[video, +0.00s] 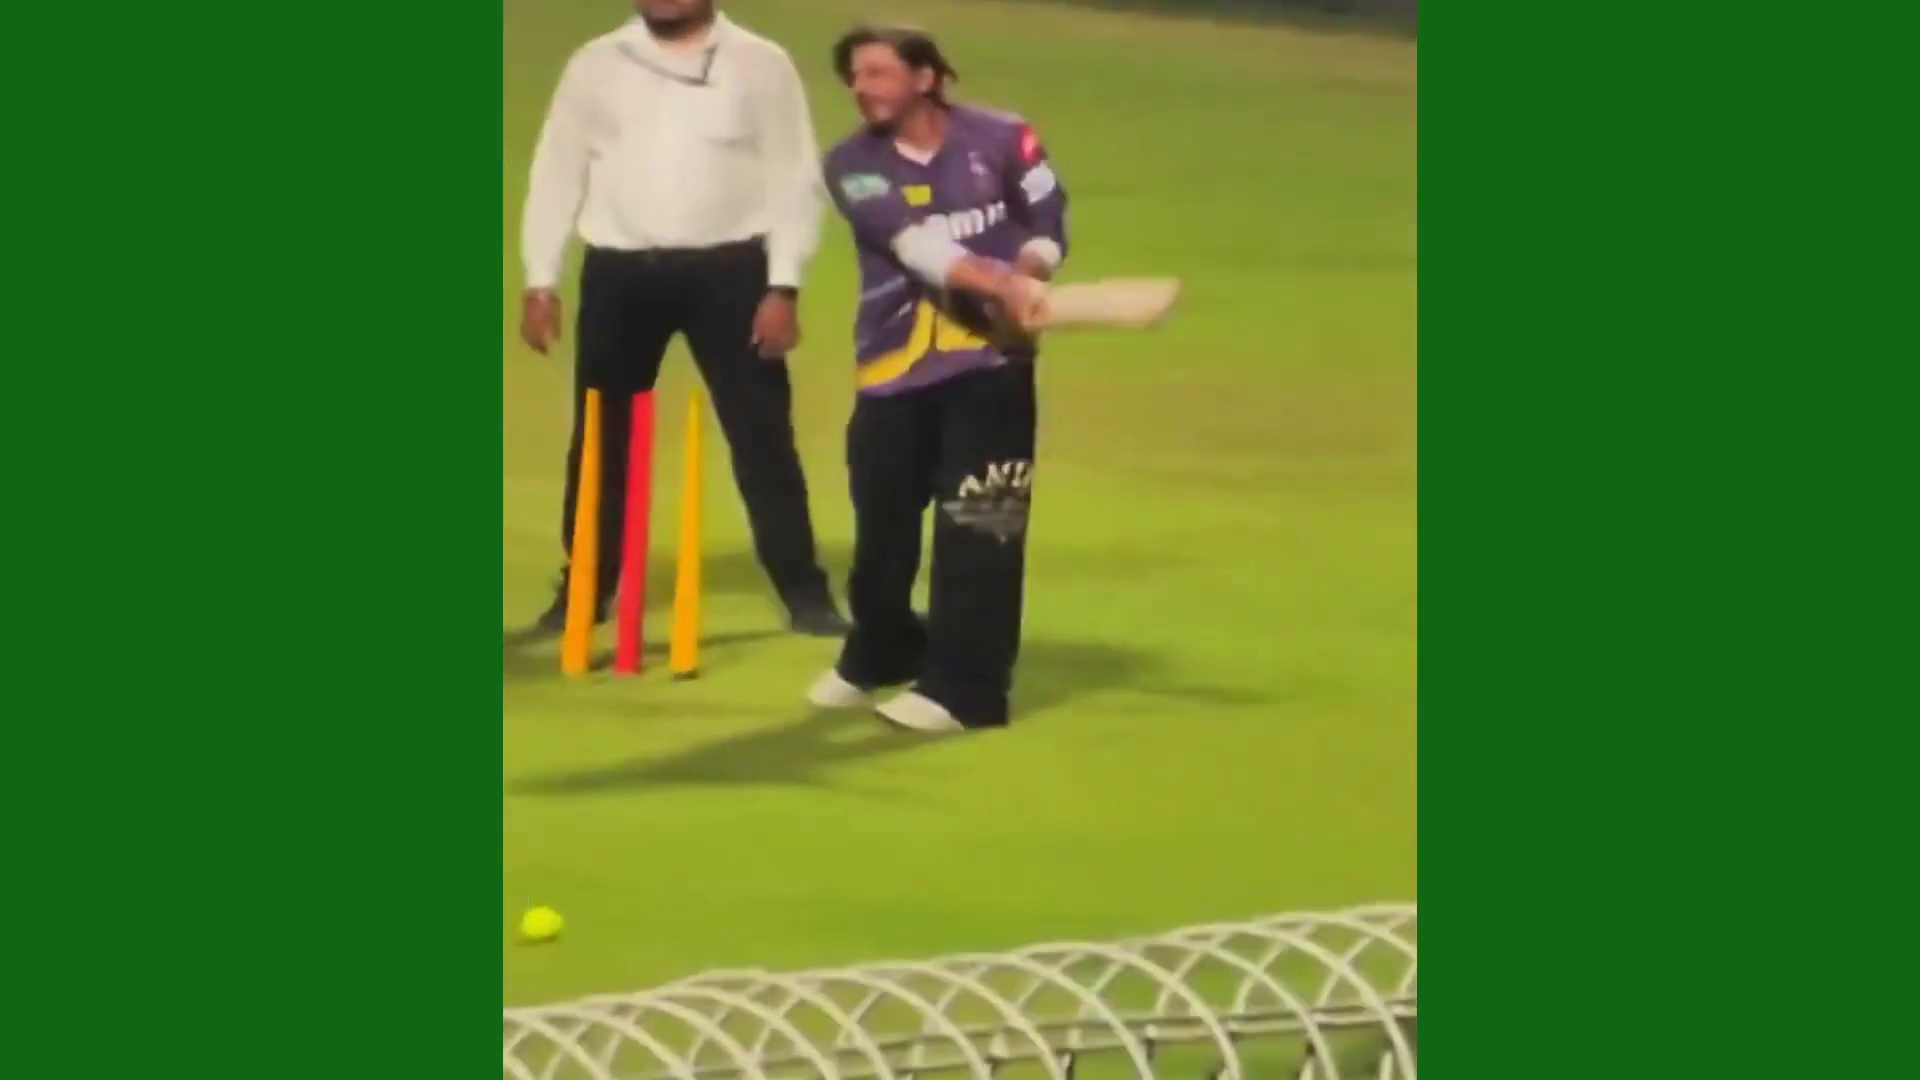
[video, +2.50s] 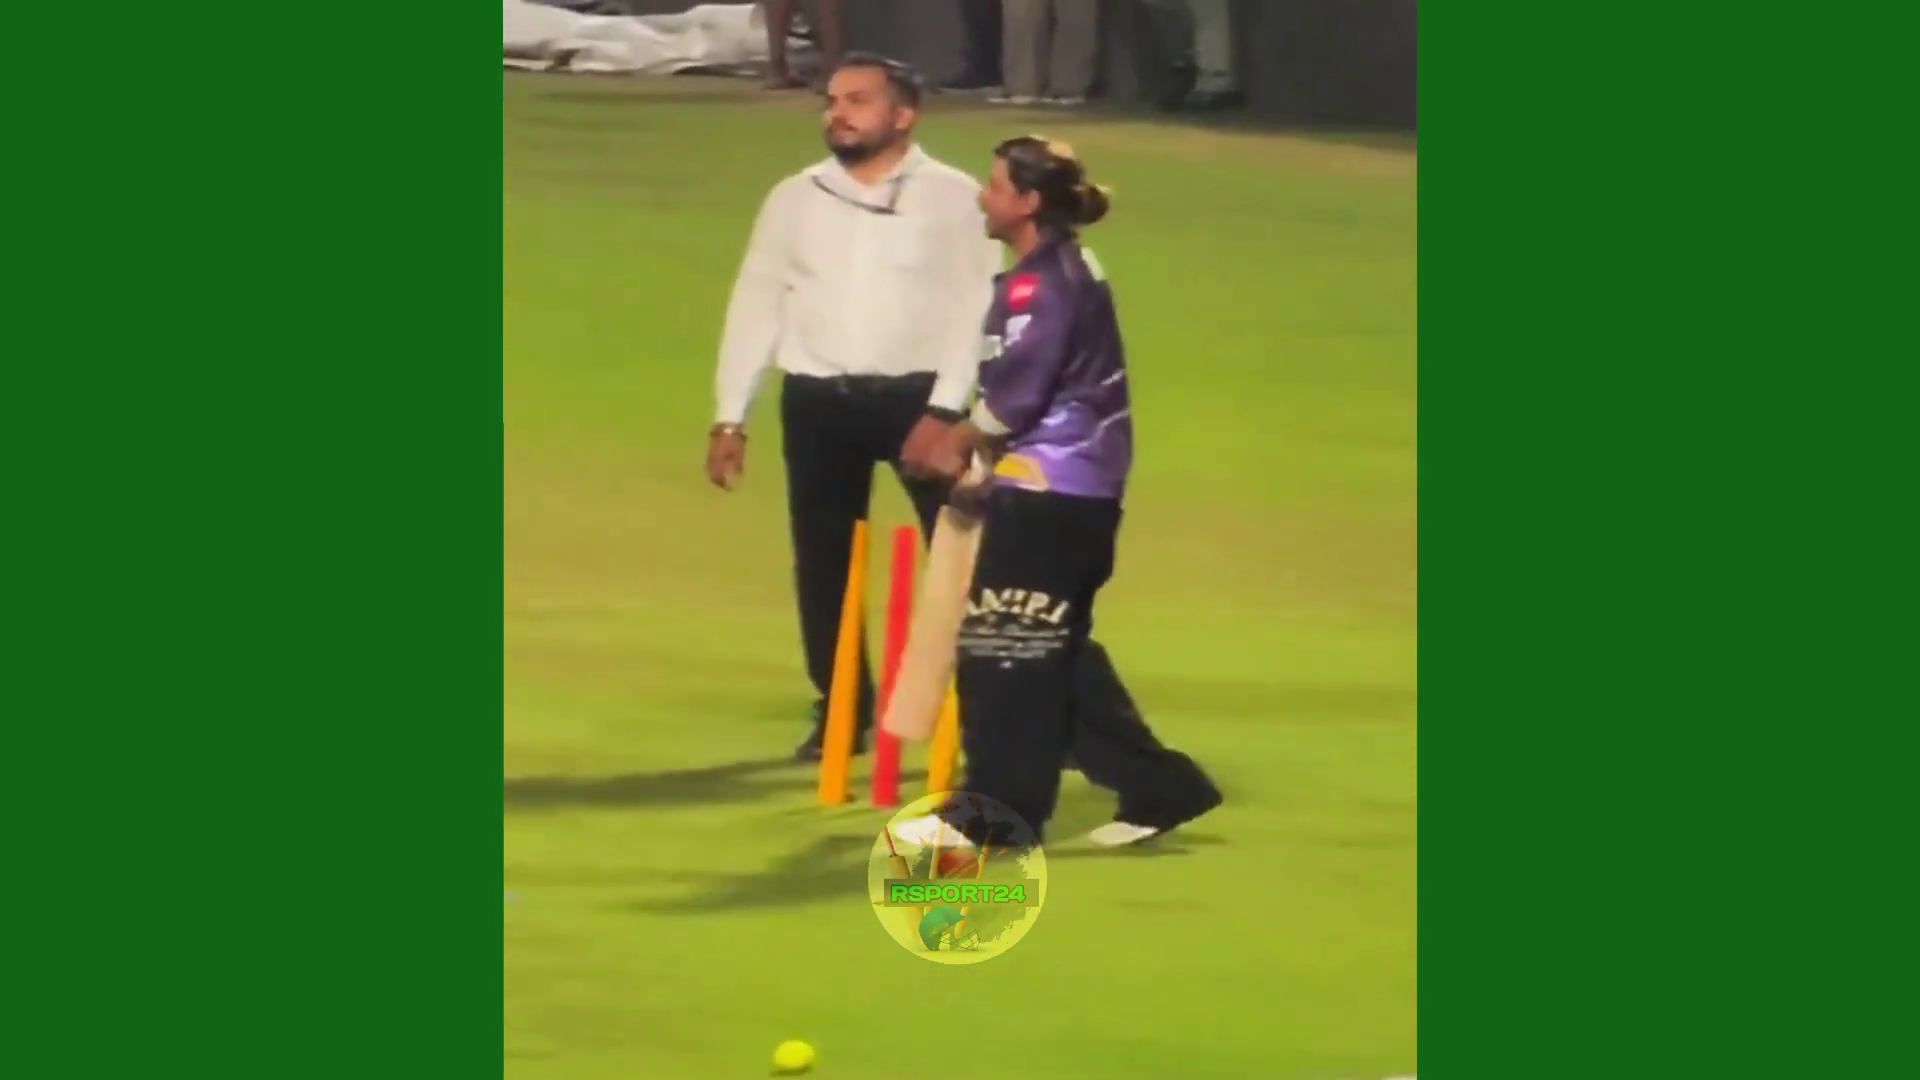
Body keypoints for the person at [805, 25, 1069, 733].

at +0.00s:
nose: (864, 88)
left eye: (877, 74)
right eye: (856, 77)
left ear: (925, 76)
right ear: (851, 87)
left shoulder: (1005, 139)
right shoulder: (851, 163)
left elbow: (1049, 226)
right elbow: (914, 244)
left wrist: (1022, 276)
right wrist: (999, 287)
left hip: (988, 368)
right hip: (893, 376)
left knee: (977, 530)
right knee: (881, 522)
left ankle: (967, 691)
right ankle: (879, 655)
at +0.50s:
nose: (845, 102)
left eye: (860, 89)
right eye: (839, 92)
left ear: (908, 96)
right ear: (836, 103)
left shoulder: (967, 172)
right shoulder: (833, 185)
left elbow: (990, 281)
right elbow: (832, 295)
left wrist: (915, 351)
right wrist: (833, 383)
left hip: (958, 385)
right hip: (879, 389)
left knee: (941, 546)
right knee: (856, 541)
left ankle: (942, 713)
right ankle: (879, 692)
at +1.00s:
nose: (868, 86)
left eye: (884, 74)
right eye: (864, 75)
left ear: (931, 84)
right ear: (861, 89)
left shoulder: (974, 159)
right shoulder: (870, 179)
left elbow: (977, 266)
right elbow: (865, 291)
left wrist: (903, 334)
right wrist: (844, 380)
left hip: (970, 380)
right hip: (904, 383)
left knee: (962, 539)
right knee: (889, 537)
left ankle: (981, 706)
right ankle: (926, 686)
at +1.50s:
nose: (923, 113)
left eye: (939, 102)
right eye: (921, 102)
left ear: (985, 113)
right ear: (922, 115)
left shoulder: (1023, 188)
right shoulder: (928, 211)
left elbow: (1030, 302)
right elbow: (925, 322)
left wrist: (977, 381)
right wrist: (882, 419)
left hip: (999, 394)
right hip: (941, 394)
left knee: (956, 554)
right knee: (930, 554)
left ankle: (989, 725)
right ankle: (971, 718)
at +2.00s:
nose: (971, 168)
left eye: (985, 156)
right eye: (975, 155)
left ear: (1029, 168)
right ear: (1024, 169)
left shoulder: (1060, 246)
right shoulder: (1020, 247)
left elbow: (1052, 360)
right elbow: (1022, 354)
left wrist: (1004, 441)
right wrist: (1000, 422)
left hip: (1059, 461)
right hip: (1041, 458)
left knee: (962, 602)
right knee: (1050, 628)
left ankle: (892, 765)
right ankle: (1089, 778)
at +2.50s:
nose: (982, 196)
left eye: (992, 186)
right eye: (988, 183)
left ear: (1028, 201)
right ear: (1034, 201)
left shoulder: (1043, 285)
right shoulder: (1064, 270)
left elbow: (1014, 402)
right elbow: (1027, 395)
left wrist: (963, 441)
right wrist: (974, 444)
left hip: (1048, 487)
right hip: (1074, 487)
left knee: (1006, 649)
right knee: (1052, 649)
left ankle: (1001, 813)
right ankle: (1156, 786)